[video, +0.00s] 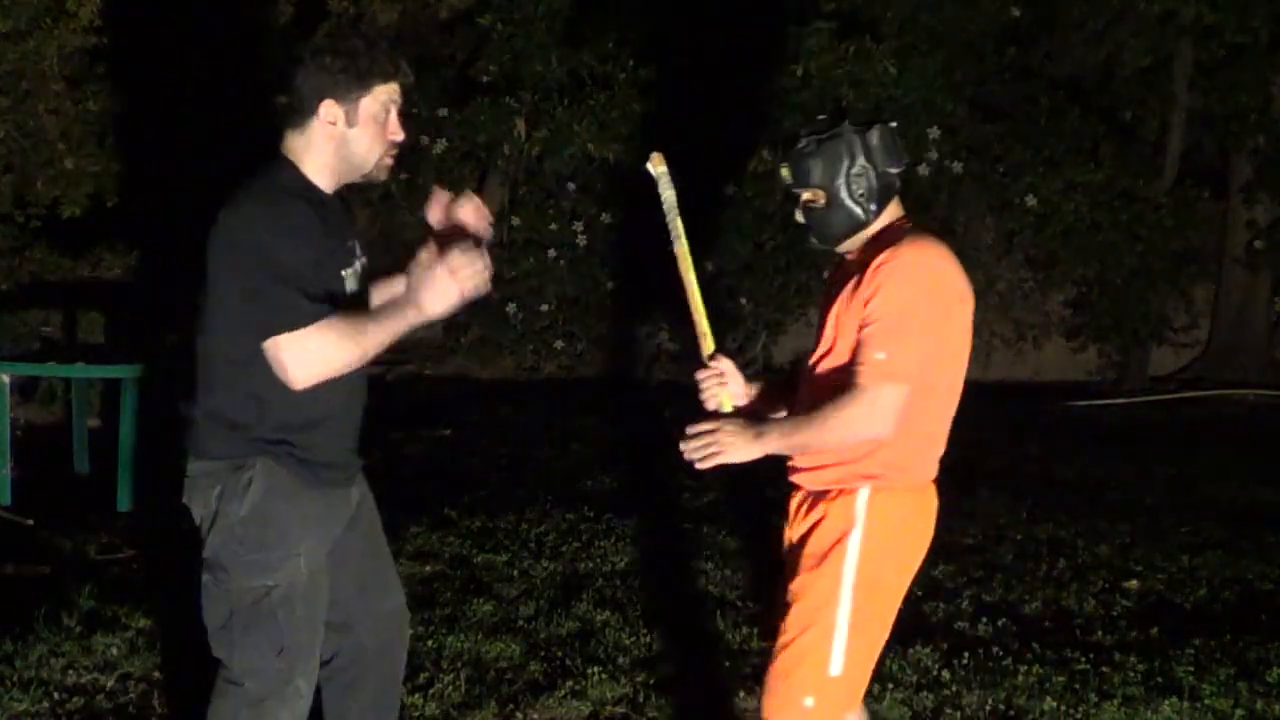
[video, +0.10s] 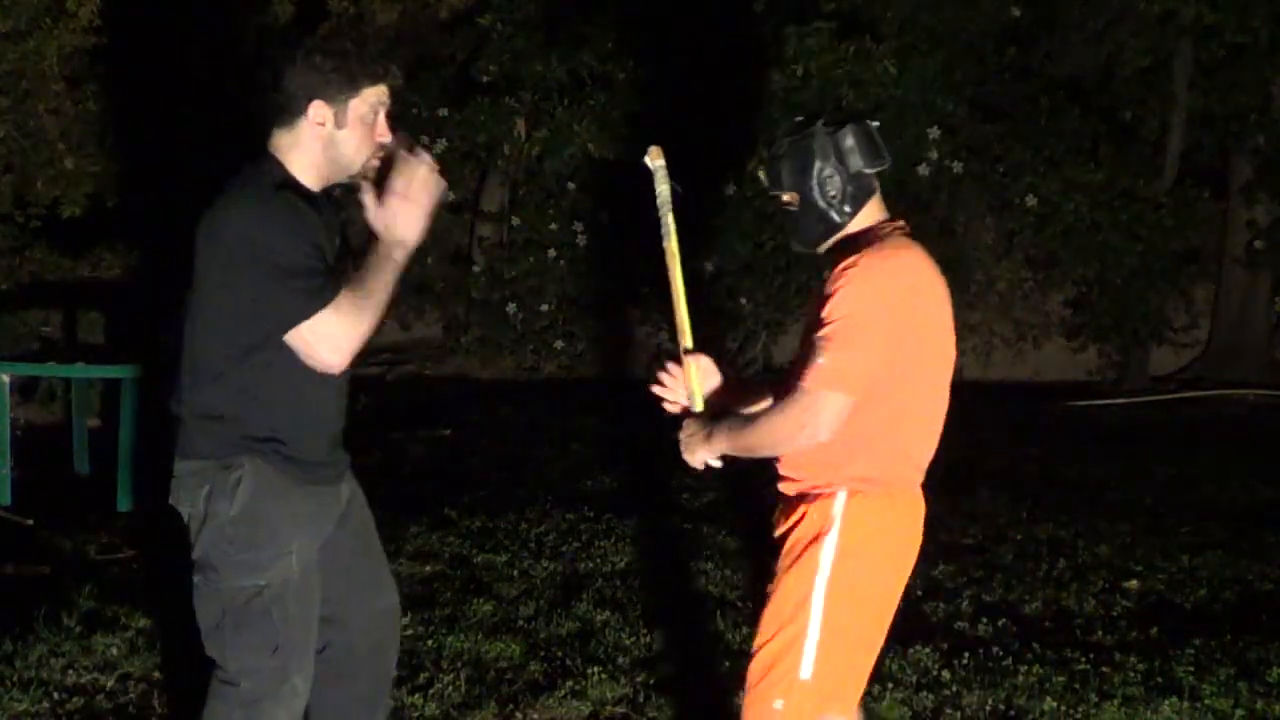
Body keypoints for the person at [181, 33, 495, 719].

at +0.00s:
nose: (399, 136)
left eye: (398, 118)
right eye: (386, 116)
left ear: (335, 120)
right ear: (332, 118)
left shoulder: (328, 215)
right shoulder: (262, 218)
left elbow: (347, 312)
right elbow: (299, 358)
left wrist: (427, 267)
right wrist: (417, 305)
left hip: (331, 478)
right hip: (260, 480)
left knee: (372, 649)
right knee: (268, 680)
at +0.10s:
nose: (386, 137)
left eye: (386, 117)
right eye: (374, 116)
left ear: (327, 121)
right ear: (323, 118)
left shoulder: (316, 211)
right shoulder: (255, 214)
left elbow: (332, 328)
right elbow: (330, 346)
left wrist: (385, 233)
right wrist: (394, 245)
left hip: (319, 475)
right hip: (246, 480)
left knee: (365, 637)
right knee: (264, 682)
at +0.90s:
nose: (278, 151)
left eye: (281, 133)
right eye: (268, 131)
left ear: (226, 134)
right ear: (223, 131)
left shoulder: (224, 220)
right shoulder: (147, 223)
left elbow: (287, 319)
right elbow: (237, 339)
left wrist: (285, 224)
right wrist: (272, 230)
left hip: (228, 500)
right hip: (147, 498)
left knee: (281, 666)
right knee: (107, 693)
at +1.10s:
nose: (274, 145)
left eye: (276, 127)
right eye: (263, 125)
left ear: (219, 131)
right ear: (215, 127)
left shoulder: (217, 218)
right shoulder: (143, 221)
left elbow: (284, 315)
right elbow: (237, 330)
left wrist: (279, 218)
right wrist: (268, 221)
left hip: (231, 498)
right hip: (149, 498)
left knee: (279, 662)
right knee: (110, 695)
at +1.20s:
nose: (274, 143)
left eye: (276, 126)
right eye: (263, 123)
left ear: (219, 130)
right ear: (215, 126)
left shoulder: (218, 217)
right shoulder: (144, 220)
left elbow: (286, 314)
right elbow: (238, 331)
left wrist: (281, 216)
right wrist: (269, 219)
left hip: (231, 497)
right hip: (150, 498)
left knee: (280, 664)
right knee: (110, 696)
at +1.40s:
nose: (279, 145)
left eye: (280, 127)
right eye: (268, 125)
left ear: (223, 132)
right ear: (218, 129)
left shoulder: (229, 220)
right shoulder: (148, 226)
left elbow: (288, 314)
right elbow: (231, 338)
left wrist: (305, 227)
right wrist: (284, 231)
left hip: (242, 497)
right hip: (153, 505)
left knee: (312, 642)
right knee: (113, 697)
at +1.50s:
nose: (304, 162)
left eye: (300, 142)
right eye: (288, 142)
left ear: (240, 152)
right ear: (234, 149)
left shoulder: (252, 247)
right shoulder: (163, 251)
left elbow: (311, 304)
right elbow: (221, 368)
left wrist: (359, 257)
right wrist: (302, 276)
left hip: (264, 506)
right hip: (172, 515)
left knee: (352, 626)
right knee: (136, 702)